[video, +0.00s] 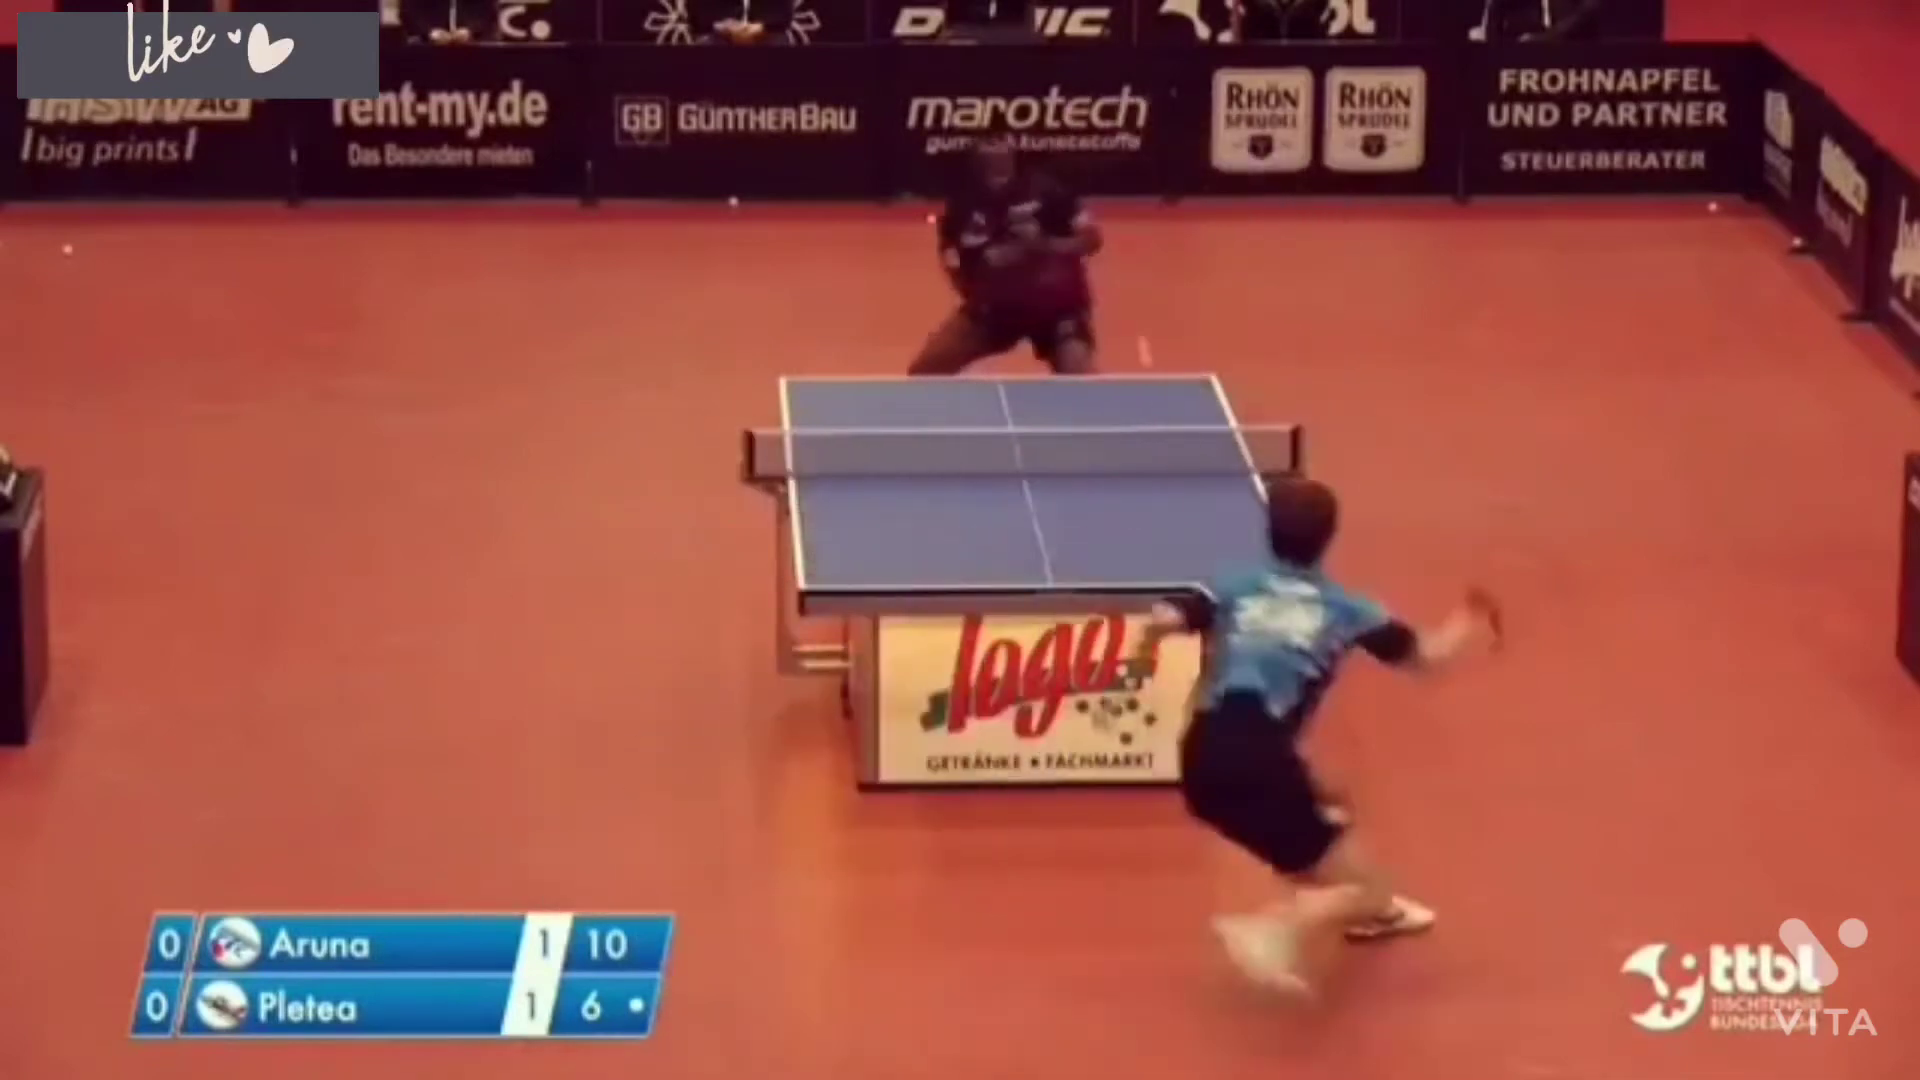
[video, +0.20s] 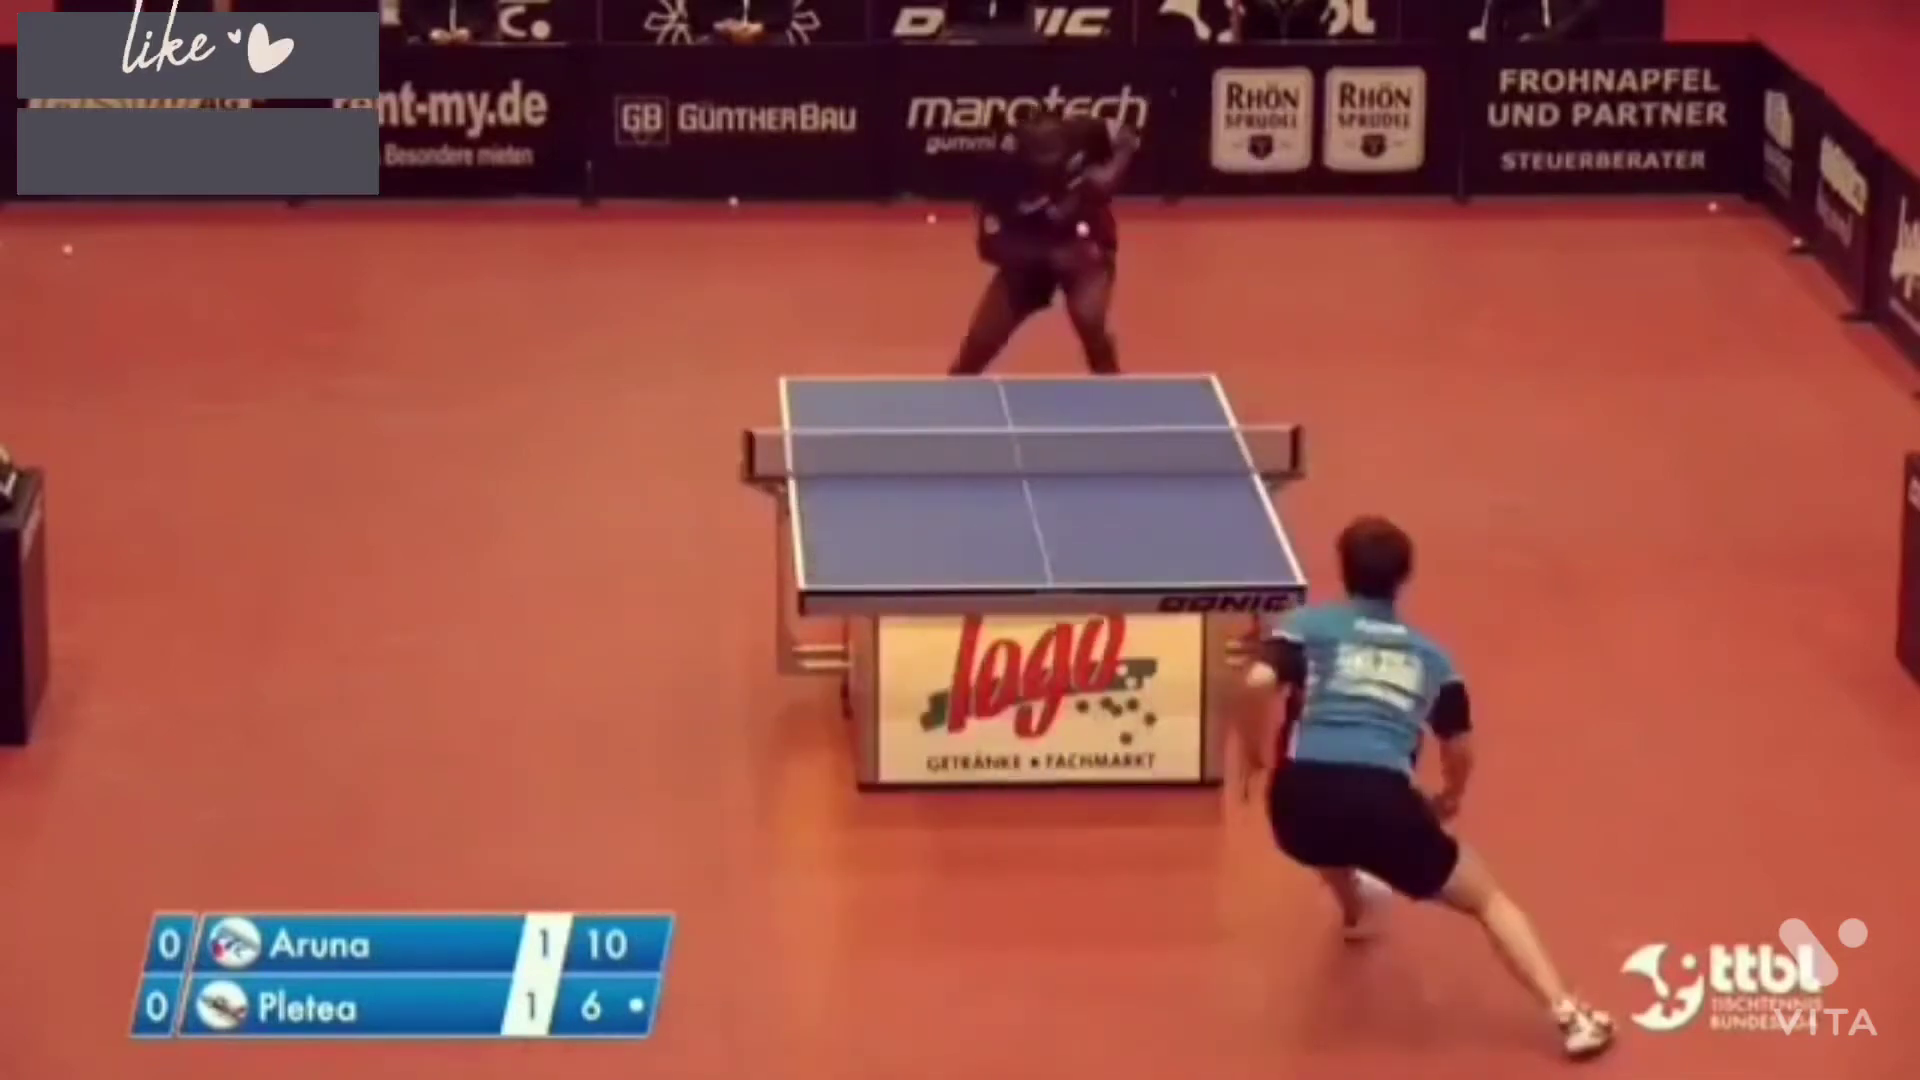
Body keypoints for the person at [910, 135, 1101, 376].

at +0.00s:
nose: (993, 156)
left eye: (998, 145)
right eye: (985, 147)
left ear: (1013, 148)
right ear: (975, 153)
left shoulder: (1043, 189)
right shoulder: (963, 202)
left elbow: (1090, 238)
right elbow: (959, 275)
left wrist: (1040, 242)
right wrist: (992, 258)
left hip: (1057, 309)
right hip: (994, 310)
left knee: (1081, 389)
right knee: (922, 375)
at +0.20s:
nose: (1046, 158)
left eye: (1053, 149)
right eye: (1038, 150)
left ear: (1065, 142)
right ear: (1023, 147)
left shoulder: (1084, 135)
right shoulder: (1004, 174)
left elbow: (1127, 141)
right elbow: (989, 246)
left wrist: (1110, 174)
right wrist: (1053, 255)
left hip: (1083, 252)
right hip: (1028, 254)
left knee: (1089, 321)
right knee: (979, 342)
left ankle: (1115, 402)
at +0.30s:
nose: (1073, 179)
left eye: (1080, 169)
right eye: (1064, 170)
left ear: (1092, 164)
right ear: (1051, 167)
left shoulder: (1113, 175)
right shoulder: (1033, 190)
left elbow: (1166, 170)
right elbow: (975, 248)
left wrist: (1144, 224)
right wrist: (996, 275)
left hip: (1106, 266)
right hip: (1052, 268)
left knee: (1098, 328)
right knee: (999, 333)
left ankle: (1133, 397)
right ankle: (999, 411)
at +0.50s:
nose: (1102, 206)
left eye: (1109, 198)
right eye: (1094, 198)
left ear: (1122, 193)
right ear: (1082, 193)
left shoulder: (1151, 214)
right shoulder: (1062, 214)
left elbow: (1183, 246)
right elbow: (1018, 254)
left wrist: (1157, 286)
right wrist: (996, 300)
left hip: (1137, 289)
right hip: (1083, 288)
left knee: (1136, 365)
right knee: (1034, 362)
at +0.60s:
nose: (1108, 182)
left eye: (1114, 173)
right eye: (1100, 174)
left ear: (1128, 171)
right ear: (1089, 173)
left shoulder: (1159, 190)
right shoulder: (1074, 196)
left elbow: (1195, 227)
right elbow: (1031, 245)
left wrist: (1155, 270)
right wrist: (1018, 293)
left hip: (1154, 270)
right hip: (1097, 270)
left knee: (1167, 356)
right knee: (1047, 354)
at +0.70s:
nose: (1119, 159)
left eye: (1127, 150)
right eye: (1112, 151)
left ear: (1142, 149)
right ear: (1101, 150)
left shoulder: (1177, 174)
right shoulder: (1087, 182)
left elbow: (1220, 219)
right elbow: (1051, 231)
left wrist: (1181, 262)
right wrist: (1037, 262)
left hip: (1171, 276)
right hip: (1110, 277)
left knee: (1206, 362)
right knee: (1055, 360)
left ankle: (1234, 439)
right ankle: (1033, 444)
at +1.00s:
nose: (1141, 130)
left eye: (1149, 120)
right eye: (1134, 121)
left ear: (1167, 120)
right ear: (1124, 123)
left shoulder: (1204, 154)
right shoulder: (1116, 164)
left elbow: (1244, 207)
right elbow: (1096, 219)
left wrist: (1214, 254)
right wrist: (1089, 251)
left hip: (1205, 266)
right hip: (1140, 267)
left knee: (1260, 350)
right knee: (1070, 345)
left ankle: (1293, 439)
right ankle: (1045, 437)